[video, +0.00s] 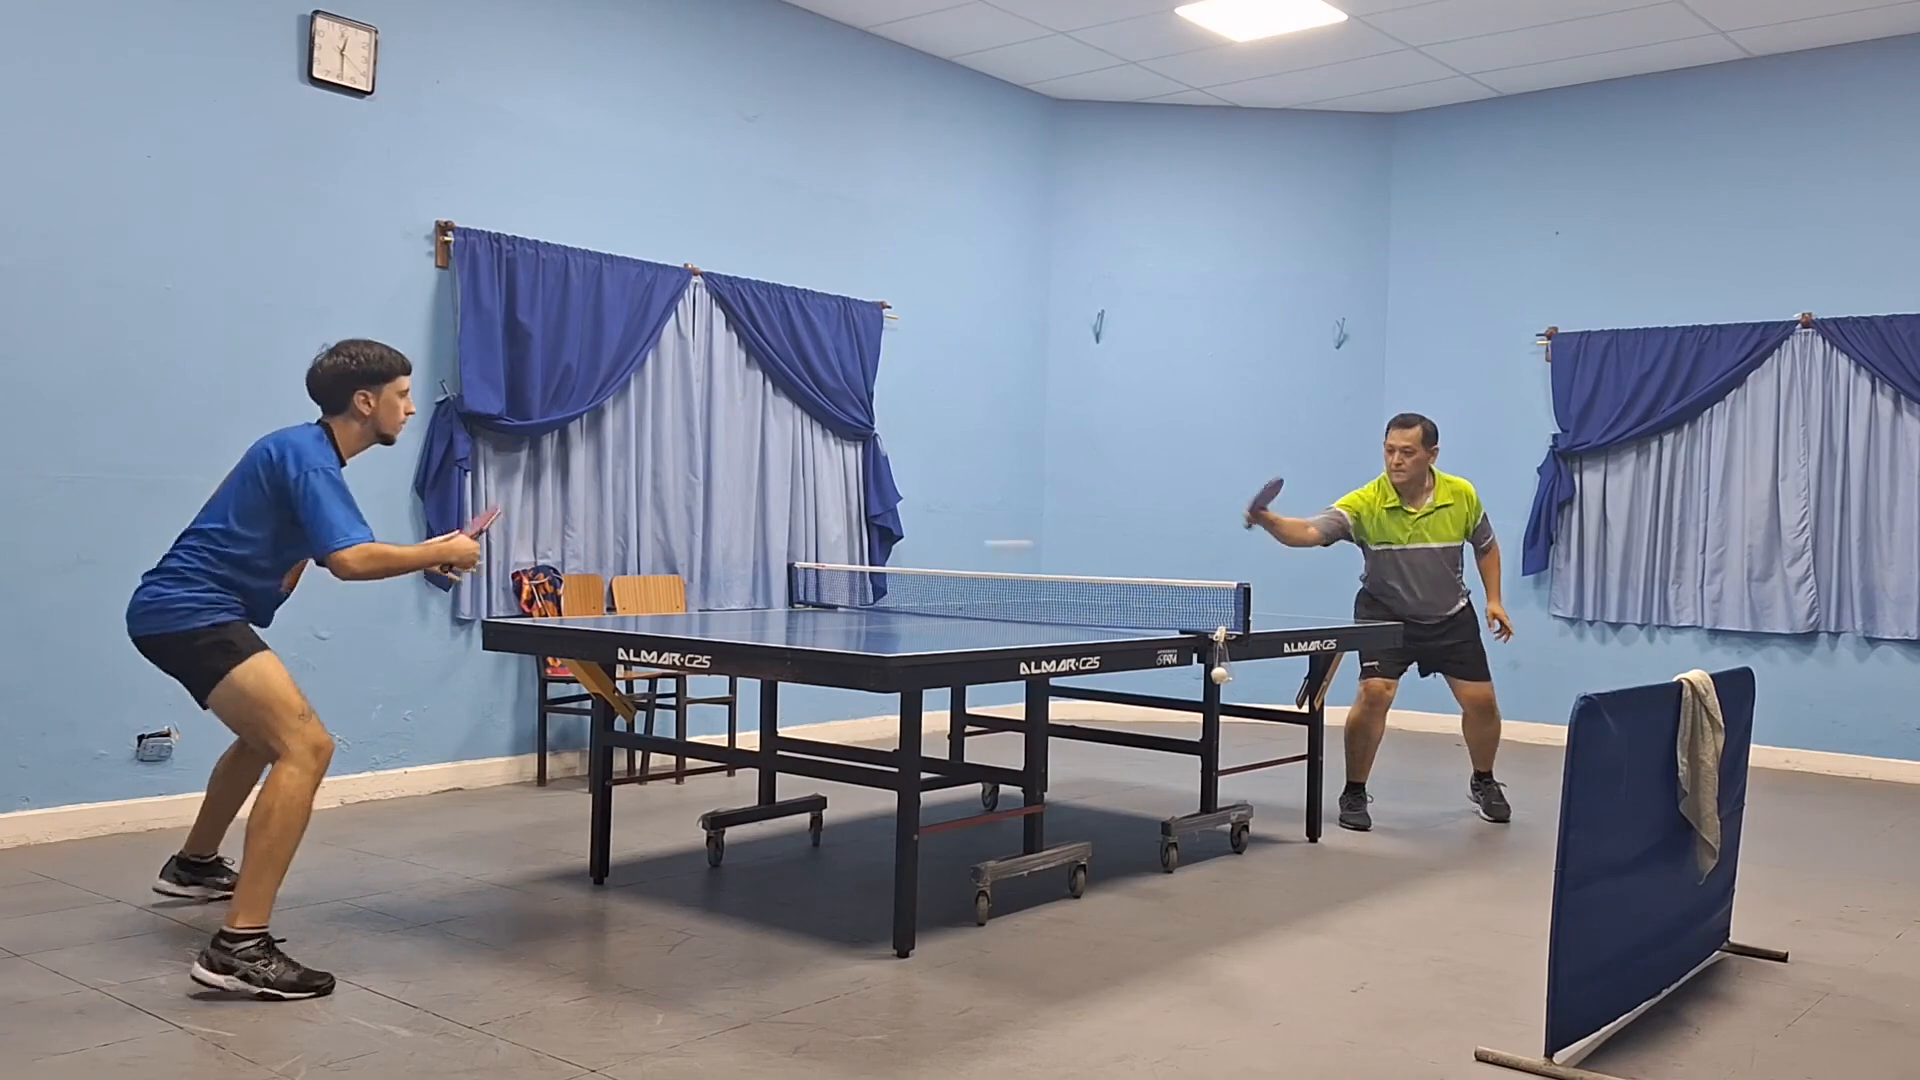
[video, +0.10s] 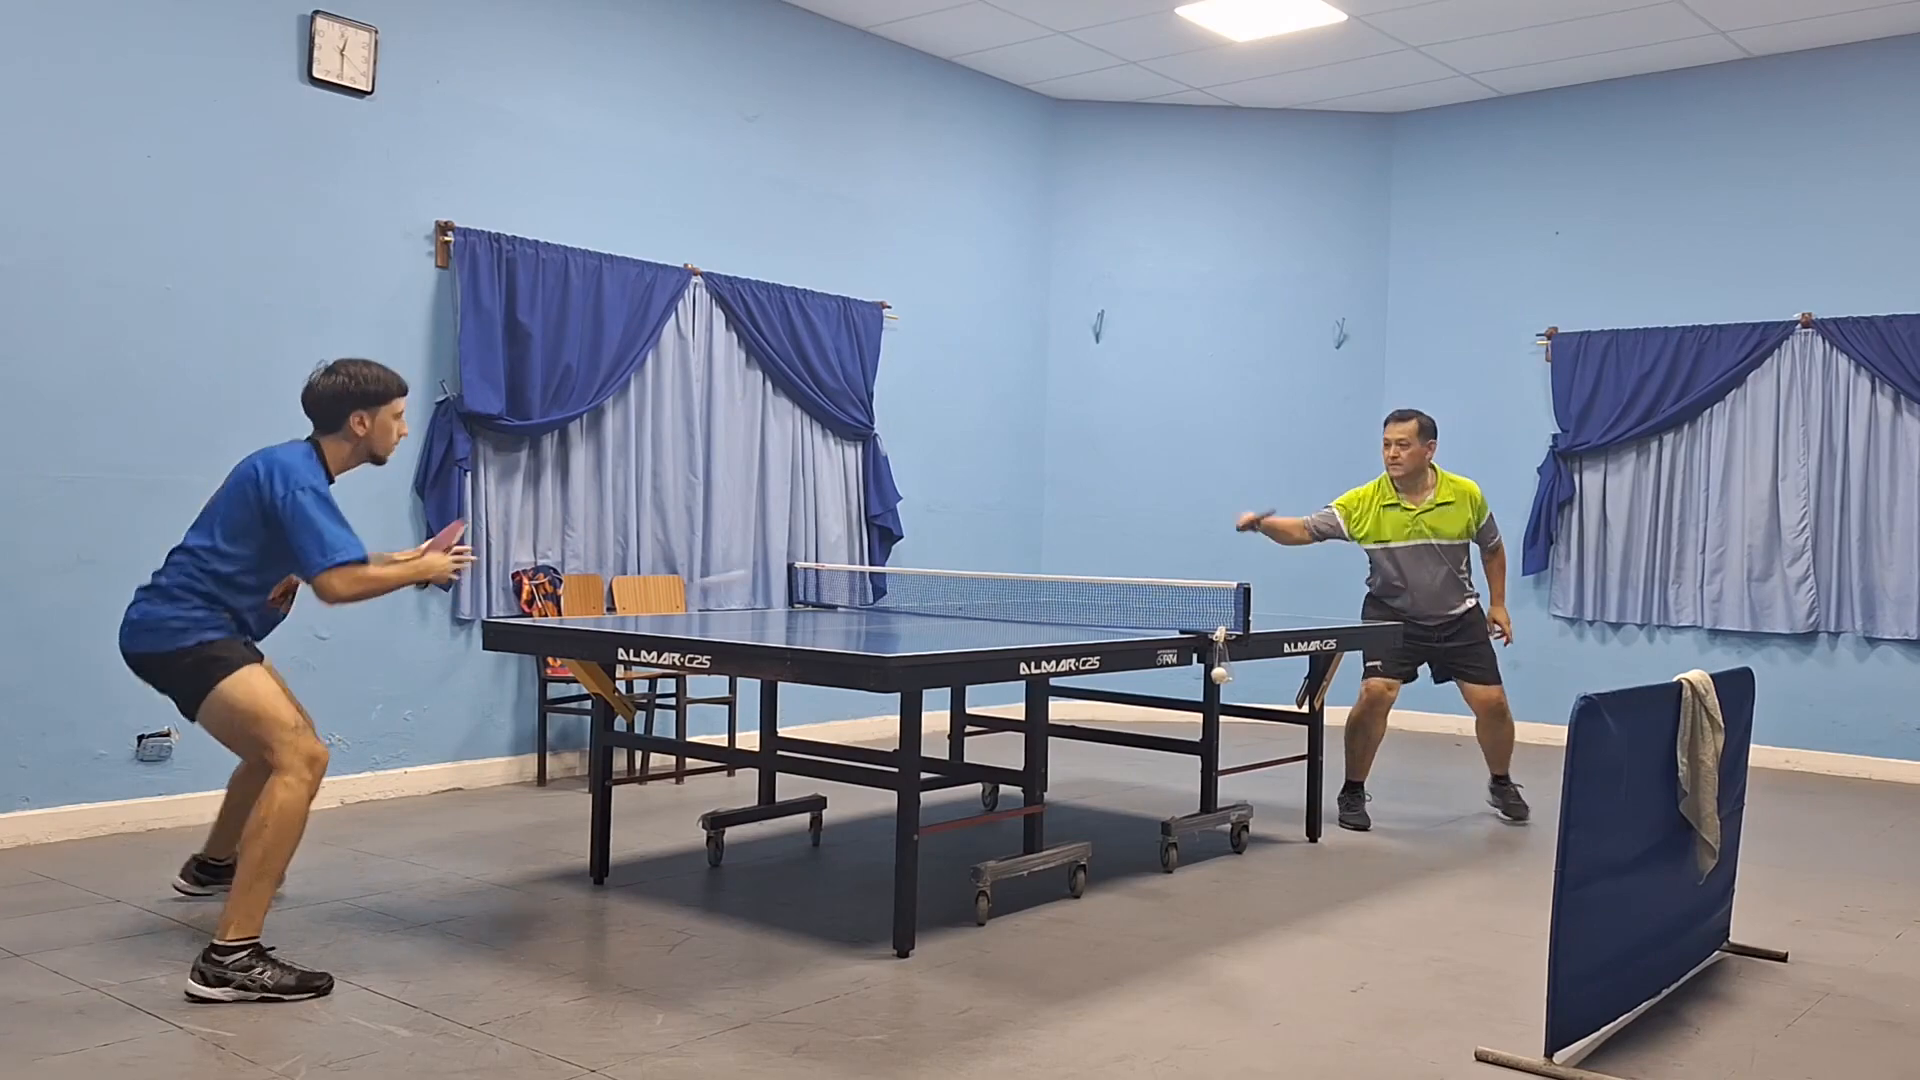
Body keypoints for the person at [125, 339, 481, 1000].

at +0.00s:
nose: (410, 407)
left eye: (410, 394)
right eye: (403, 394)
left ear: (355, 403)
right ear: (362, 401)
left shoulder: (304, 451)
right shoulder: (307, 460)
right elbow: (352, 560)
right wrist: (439, 552)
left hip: (189, 606)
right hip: (188, 609)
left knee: (270, 736)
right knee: (309, 746)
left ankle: (194, 860)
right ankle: (241, 942)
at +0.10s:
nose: (404, 430)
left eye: (403, 417)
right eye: (397, 417)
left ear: (348, 422)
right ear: (358, 422)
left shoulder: (297, 470)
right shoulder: (293, 476)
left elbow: (342, 559)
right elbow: (334, 584)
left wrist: (411, 557)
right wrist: (420, 570)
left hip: (198, 624)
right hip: (181, 628)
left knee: (285, 740)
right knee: (302, 759)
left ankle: (217, 861)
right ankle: (231, 953)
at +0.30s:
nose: (350, 435)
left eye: (351, 423)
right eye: (344, 424)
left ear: (292, 423)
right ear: (304, 424)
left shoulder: (230, 458)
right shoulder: (274, 471)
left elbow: (306, 535)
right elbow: (350, 536)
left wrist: (384, 544)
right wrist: (441, 515)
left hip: (161, 622)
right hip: (166, 629)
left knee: (280, 714)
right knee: (263, 757)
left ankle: (218, 860)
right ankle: (235, 946)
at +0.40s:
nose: (332, 410)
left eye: (332, 399)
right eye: (325, 399)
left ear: (274, 402)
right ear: (285, 402)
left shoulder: (218, 438)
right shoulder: (251, 445)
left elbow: (248, 521)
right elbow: (325, 488)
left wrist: (332, 539)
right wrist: (407, 430)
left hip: (130, 593)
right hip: (138, 601)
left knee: (236, 687)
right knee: (228, 745)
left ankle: (186, 843)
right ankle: (176, 922)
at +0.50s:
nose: (304, 408)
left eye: (305, 398)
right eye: (298, 399)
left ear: (250, 405)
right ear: (260, 404)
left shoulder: (210, 448)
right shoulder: (217, 446)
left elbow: (202, 551)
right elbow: (211, 491)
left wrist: (272, 575)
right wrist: (320, 440)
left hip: (116, 613)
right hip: (126, 614)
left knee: (189, 738)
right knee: (224, 748)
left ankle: (131, 847)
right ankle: (87, 891)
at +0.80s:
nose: (272, 360)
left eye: (271, 347)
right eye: (264, 348)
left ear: (223, 356)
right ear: (226, 355)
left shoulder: (196, 423)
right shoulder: (176, 407)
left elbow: (142, 514)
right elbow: (145, 483)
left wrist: (170, 583)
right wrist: (260, 503)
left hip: (99, 576)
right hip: (84, 574)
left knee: (137, 720)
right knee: (156, 733)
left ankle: (89, 842)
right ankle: (25, 886)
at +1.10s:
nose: (275, 354)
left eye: (275, 341)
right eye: (268, 341)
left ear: (231, 347)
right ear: (227, 345)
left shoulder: (197, 415)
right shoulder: (160, 403)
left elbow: (162, 503)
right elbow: (124, 498)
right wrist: (239, 519)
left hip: (125, 582)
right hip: (88, 576)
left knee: (150, 728)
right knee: (116, 737)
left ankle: (28, 852)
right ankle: (16, 905)